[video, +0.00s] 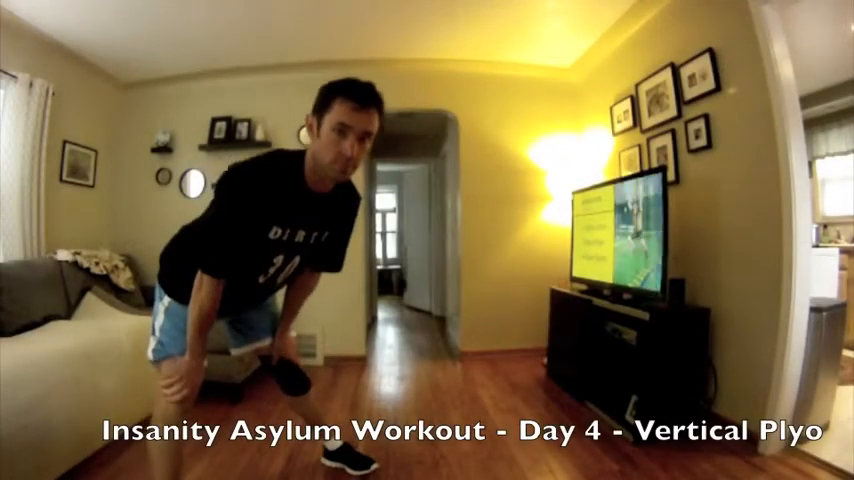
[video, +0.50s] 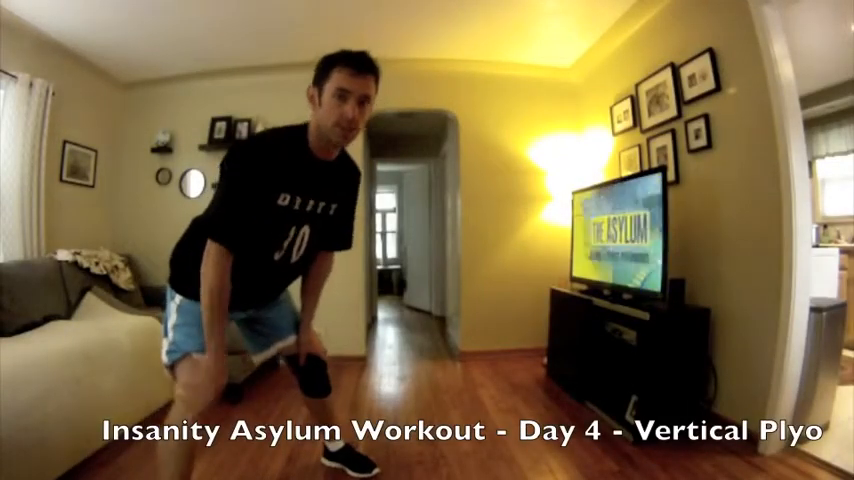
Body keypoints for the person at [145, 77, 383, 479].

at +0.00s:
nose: (351, 150)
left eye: (364, 139)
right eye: (341, 132)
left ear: (371, 144)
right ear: (311, 128)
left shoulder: (345, 201)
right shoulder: (252, 179)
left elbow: (311, 270)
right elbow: (209, 273)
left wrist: (285, 331)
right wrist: (194, 359)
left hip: (251, 291)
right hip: (190, 288)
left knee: (286, 369)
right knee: (175, 391)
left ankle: (331, 443)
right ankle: (163, 476)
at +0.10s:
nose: (350, 139)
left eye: (362, 128)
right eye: (340, 122)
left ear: (369, 134)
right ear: (311, 119)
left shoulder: (343, 193)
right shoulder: (251, 172)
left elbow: (313, 265)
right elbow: (210, 269)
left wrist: (288, 329)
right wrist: (195, 357)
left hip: (251, 290)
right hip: (190, 285)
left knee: (290, 368)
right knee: (178, 389)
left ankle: (328, 442)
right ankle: (163, 476)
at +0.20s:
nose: (349, 130)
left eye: (360, 119)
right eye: (338, 113)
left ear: (368, 126)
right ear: (310, 111)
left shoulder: (343, 188)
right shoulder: (251, 166)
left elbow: (314, 261)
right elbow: (212, 267)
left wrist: (291, 327)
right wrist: (196, 356)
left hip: (253, 290)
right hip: (191, 288)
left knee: (295, 369)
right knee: (180, 390)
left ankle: (330, 444)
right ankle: (165, 476)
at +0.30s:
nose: (348, 124)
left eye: (360, 114)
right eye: (338, 108)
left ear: (368, 120)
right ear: (310, 106)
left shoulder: (343, 183)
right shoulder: (252, 161)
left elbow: (317, 259)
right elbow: (214, 263)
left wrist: (295, 329)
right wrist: (199, 355)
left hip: (255, 288)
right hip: (194, 286)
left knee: (301, 364)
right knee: (186, 388)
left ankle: (333, 445)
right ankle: (168, 476)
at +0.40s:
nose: (349, 119)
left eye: (361, 109)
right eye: (339, 103)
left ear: (369, 116)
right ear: (311, 102)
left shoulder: (344, 180)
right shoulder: (253, 158)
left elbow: (319, 257)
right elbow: (216, 261)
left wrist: (300, 327)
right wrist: (205, 356)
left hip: (258, 288)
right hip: (197, 286)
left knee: (307, 367)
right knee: (192, 393)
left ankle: (333, 445)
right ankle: (168, 478)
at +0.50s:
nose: (351, 113)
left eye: (362, 103)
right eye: (341, 97)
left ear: (371, 110)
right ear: (313, 97)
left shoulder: (345, 176)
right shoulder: (257, 154)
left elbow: (323, 254)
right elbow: (217, 251)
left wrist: (306, 325)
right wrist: (215, 352)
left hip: (262, 287)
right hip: (201, 285)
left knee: (313, 366)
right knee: (200, 386)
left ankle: (334, 446)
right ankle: (171, 474)